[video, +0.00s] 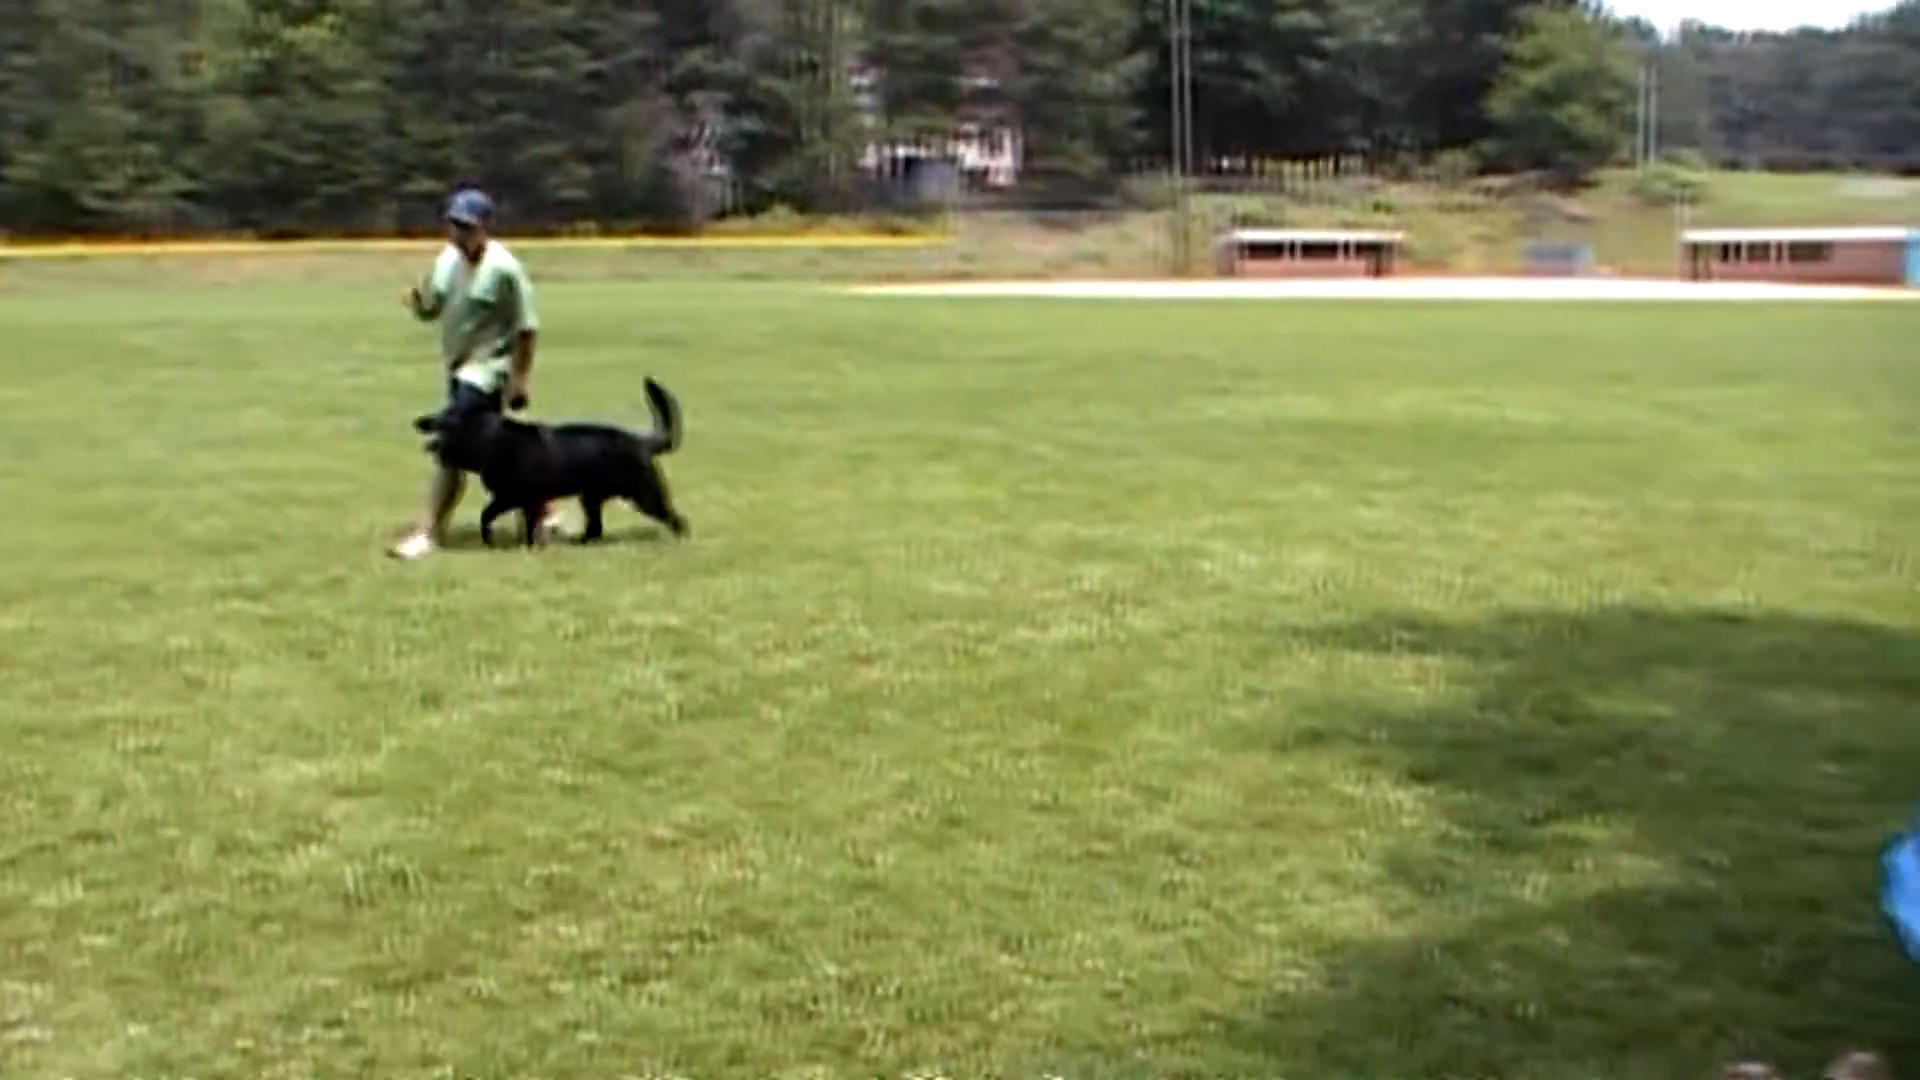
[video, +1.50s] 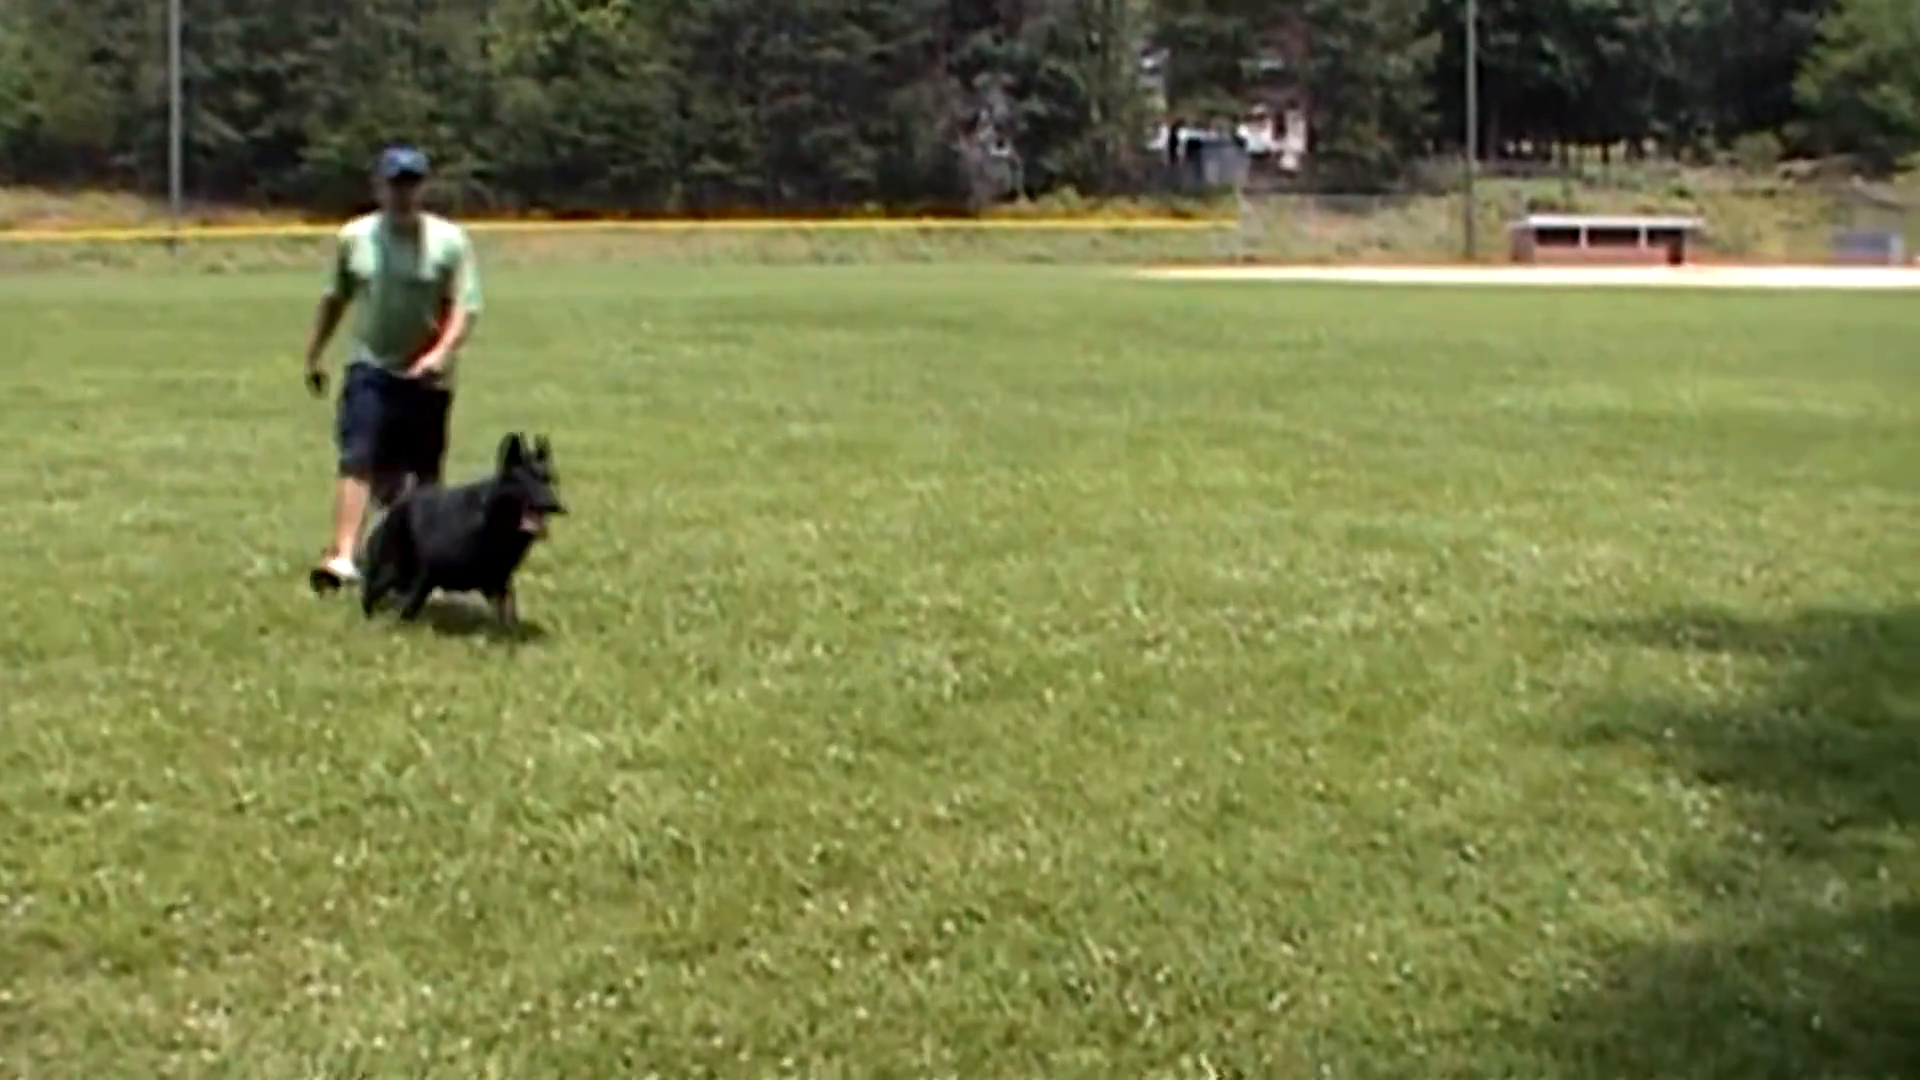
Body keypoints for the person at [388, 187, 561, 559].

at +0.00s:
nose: (459, 235)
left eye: (467, 227)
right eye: (454, 227)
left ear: (486, 227)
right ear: (449, 227)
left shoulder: (505, 269)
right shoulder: (449, 259)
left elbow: (526, 327)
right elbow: (435, 306)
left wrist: (519, 378)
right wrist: (422, 302)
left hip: (489, 367)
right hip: (459, 365)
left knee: (451, 444)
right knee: (492, 447)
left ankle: (431, 530)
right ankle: (538, 509)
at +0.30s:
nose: (575, 226)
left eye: (582, 219)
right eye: (569, 218)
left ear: (598, 220)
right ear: (562, 219)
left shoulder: (623, 260)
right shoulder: (560, 249)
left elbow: (640, 319)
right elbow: (533, 298)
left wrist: (631, 369)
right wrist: (540, 259)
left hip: (605, 367)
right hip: (563, 362)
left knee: (601, 453)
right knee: (535, 440)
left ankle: (612, 526)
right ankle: (568, 518)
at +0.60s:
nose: (657, 234)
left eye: (666, 226)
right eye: (652, 224)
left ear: (683, 228)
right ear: (644, 225)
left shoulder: (704, 269)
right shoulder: (638, 261)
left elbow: (726, 330)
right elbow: (613, 315)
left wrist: (727, 385)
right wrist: (618, 274)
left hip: (687, 381)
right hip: (641, 377)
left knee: (708, 462)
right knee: (620, 466)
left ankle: (748, 524)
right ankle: (616, 542)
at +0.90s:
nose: (588, 223)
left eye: (595, 215)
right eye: (582, 214)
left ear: (609, 218)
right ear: (574, 216)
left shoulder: (634, 263)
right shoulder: (563, 254)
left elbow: (652, 324)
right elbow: (534, 311)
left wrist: (649, 379)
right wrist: (543, 273)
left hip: (612, 363)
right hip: (571, 361)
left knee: (574, 428)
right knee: (565, 447)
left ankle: (591, 532)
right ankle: (572, 533)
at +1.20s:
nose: (528, 218)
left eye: (536, 209)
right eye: (521, 208)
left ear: (549, 213)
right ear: (509, 210)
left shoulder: (570, 264)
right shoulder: (489, 253)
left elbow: (586, 332)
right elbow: (469, 304)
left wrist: (582, 387)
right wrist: (449, 345)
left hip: (548, 378)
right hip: (499, 373)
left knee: (521, 465)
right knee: (479, 454)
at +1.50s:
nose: (402, 194)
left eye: (411, 184)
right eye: (394, 184)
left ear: (424, 188)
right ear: (378, 187)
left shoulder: (449, 241)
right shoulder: (357, 238)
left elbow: (464, 306)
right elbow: (337, 297)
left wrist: (439, 354)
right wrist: (314, 353)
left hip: (426, 372)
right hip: (371, 365)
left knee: (420, 477)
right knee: (357, 462)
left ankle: (411, 558)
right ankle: (344, 555)